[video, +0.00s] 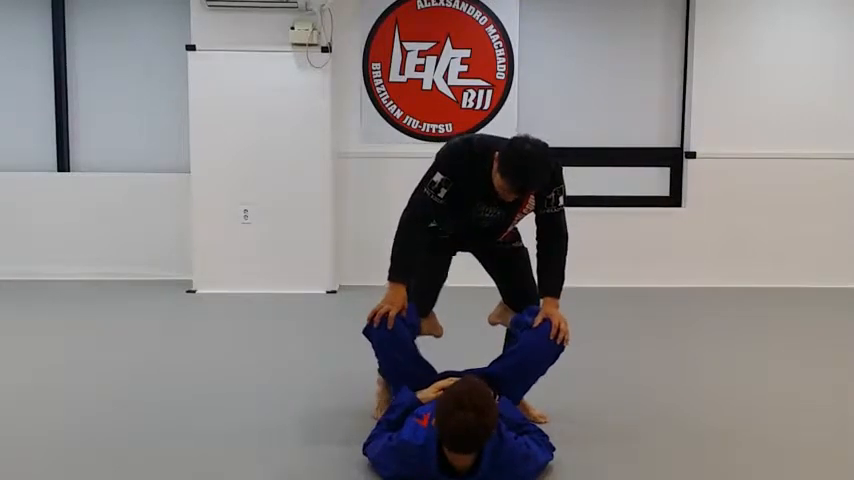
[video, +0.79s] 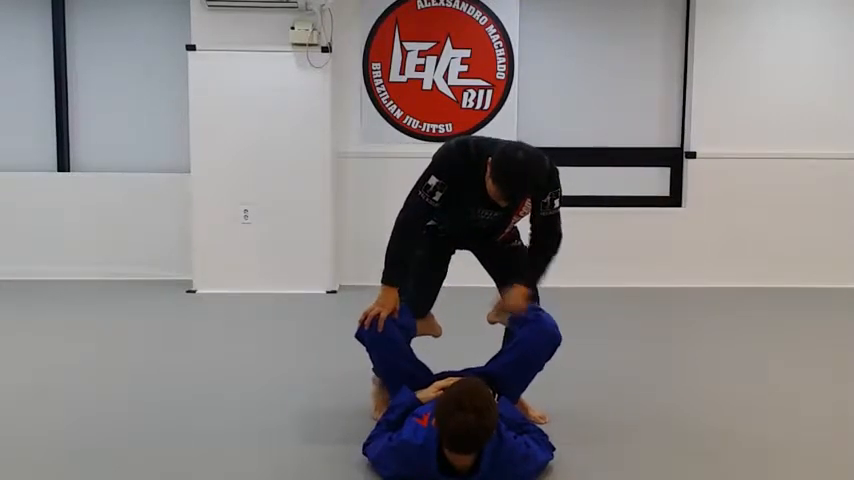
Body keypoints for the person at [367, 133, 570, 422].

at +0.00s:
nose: (510, 197)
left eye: (518, 194)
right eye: (506, 189)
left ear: (536, 182)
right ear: (496, 163)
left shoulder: (547, 175)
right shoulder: (459, 156)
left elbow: (553, 235)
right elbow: (413, 217)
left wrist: (551, 302)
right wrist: (396, 286)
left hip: (497, 236)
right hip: (440, 233)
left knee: (529, 310)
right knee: (413, 311)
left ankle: (509, 394)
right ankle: (387, 381)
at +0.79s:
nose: (501, 203)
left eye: (509, 201)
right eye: (498, 196)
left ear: (528, 189)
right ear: (489, 170)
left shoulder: (543, 177)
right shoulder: (455, 156)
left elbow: (548, 235)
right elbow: (409, 218)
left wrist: (523, 285)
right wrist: (389, 289)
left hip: (495, 234)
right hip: (439, 232)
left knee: (527, 303)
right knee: (410, 309)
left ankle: (509, 392)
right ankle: (383, 379)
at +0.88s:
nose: (498, 205)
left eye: (507, 204)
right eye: (495, 198)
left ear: (527, 191)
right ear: (488, 172)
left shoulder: (542, 180)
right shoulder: (455, 157)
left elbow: (534, 239)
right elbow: (408, 219)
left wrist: (489, 282)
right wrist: (388, 288)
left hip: (491, 232)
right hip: (439, 229)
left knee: (526, 307)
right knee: (415, 308)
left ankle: (508, 391)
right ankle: (385, 378)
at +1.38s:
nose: (496, 208)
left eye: (505, 207)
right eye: (493, 201)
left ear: (527, 192)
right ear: (485, 174)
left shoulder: (540, 179)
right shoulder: (452, 159)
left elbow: (540, 231)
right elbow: (406, 222)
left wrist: (531, 276)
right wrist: (386, 291)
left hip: (492, 231)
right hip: (439, 228)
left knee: (522, 298)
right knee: (417, 305)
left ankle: (508, 391)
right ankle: (384, 375)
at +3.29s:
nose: (538, 217)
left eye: (547, 213)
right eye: (537, 208)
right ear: (525, 178)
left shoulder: (550, 185)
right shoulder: (474, 170)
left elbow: (545, 243)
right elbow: (421, 227)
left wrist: (548, 301)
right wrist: (398, 297)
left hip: (486, 238)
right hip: (438, 233)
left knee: (526, 306)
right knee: (450, 324)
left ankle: (508, 395)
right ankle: (389, 376)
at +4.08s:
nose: (570, 204)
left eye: (580, 200)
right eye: (570, 193)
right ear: (557, 165)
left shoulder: (583, 181)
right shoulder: (506, 158)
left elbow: (577, 237)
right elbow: (451, 214)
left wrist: (566, 302)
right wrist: (420, 280)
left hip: (517, 230)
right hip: (468, 221)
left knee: (535, 312)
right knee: (468, 302)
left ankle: (508, 397)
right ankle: (399, 342)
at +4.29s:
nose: (576, 196)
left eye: (585, 192)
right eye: (575, 185)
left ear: (596, 187)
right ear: (564, 157)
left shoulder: (589, 180)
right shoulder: (515, 155)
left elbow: (582, 231)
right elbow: (459, 212)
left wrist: (573, 290)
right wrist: (427, 281)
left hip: (523, 232)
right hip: (475, 220)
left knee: (536, 315)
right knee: (489, 293)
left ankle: (508, 398)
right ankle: (416, 305)